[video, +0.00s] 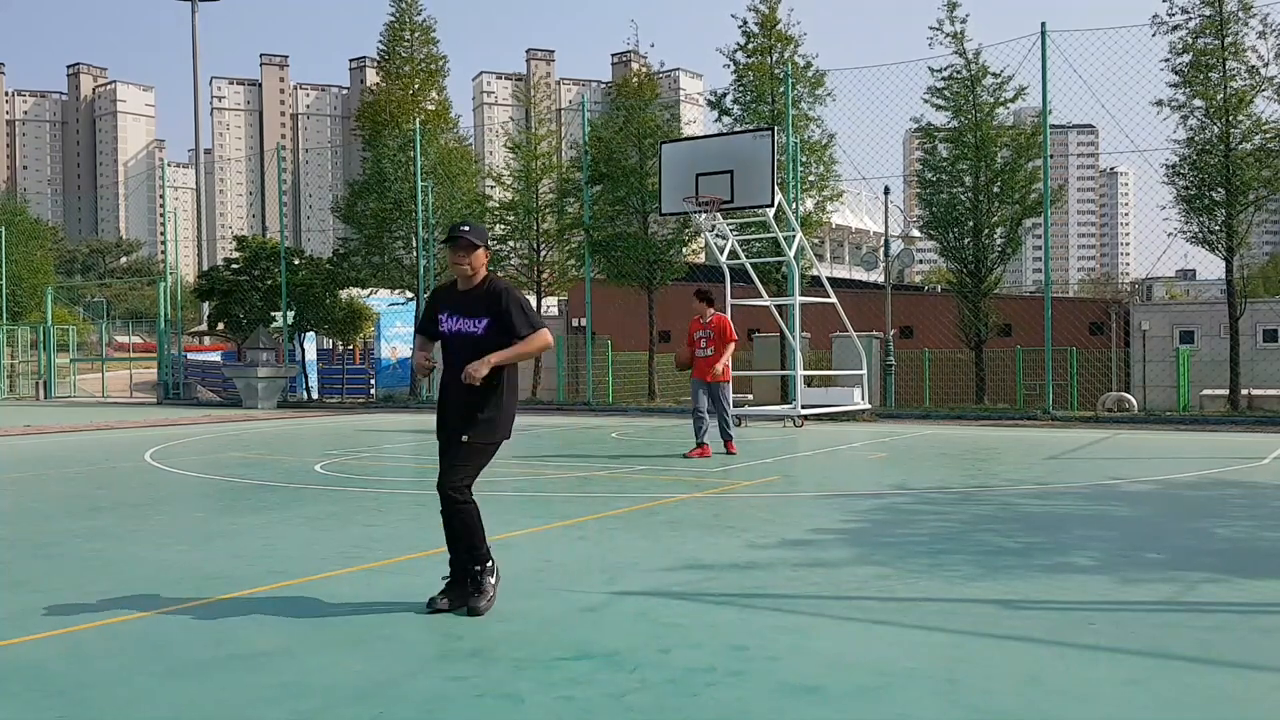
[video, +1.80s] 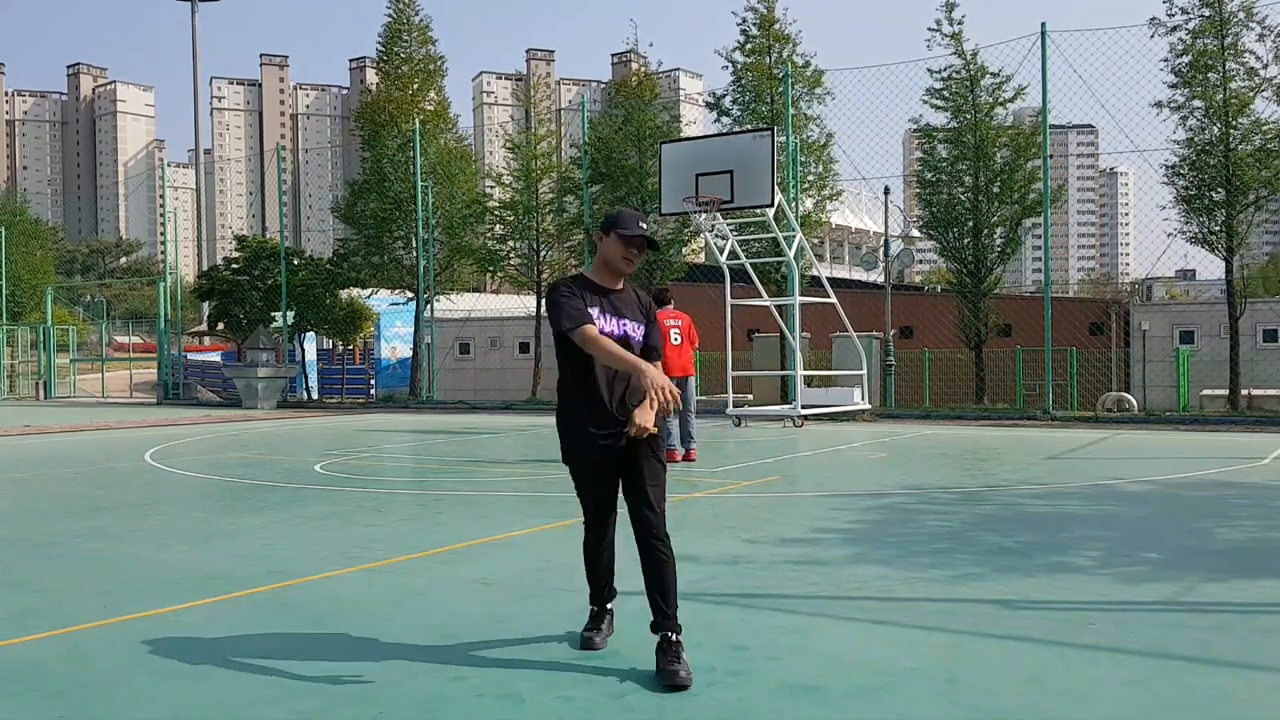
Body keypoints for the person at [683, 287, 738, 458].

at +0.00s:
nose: (693, 305)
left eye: (695, 301)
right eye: (693, 301)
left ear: (704, 303)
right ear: (701, 303)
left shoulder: (723, 320)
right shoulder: (694, 323)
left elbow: (731, 343)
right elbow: (690, 347)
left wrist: (721, 362)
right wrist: (683, 361)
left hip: (719, 371)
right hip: (699, 372)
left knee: (724, 409)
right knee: (699, 409)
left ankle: (728, 441)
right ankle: (702, 445)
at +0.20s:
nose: (683, 304)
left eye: (685, 301)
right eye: (683, 301)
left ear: (693, 302)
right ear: (693, 302)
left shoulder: (710, 318)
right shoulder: (689, 322)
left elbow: (717, 343)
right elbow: (690, 343)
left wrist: (699, 361)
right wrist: (680, 353)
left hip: (707, 371)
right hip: (691, 372)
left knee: (710, 405)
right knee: (693, 411)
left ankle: (724, 433)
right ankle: (701, 445)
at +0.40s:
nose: (675, 305)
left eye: (676, 301)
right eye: (675, 301)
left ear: (683, 302)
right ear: (688, 301)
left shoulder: (696, 316)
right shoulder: (691, 318)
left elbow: (699, 341)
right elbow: (686, 343)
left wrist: (681, 358)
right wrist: (676, 356)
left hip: (697, 370)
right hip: (693, 369)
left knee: (688, 405)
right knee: (694, 405)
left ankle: (703, 443)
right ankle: (701, 444)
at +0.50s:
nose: (672, 305)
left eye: (673, 301)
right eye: (672, 301)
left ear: (679, 301)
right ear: (687, 300)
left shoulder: (689, 316)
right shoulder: (694, 316)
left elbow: (690, 341)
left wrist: (673, 359)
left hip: (691, 372)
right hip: (698, 372)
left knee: (680, 406)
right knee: (694, 408)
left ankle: (685, 446)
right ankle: (702, 445)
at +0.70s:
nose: (664, 305)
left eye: (665, 302)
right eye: (664, 302)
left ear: (669, 302)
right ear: (681, 302)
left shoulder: (674, 317)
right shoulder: (690, 319)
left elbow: (672, 344)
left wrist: (661, 361)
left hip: (680, 373)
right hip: (694, 372)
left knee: (670, 411)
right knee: (690, 410)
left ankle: (671, 449)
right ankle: (702, 445)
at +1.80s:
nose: (672, 304)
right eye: (672, 301)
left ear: (655, 304)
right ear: (672, 302)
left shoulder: (654, 319)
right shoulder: (685, 318)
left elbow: (652, 346)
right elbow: (695, 343)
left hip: (665, 369)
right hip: (687, 368)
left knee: (667, 412)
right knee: (689, 410)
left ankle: (671, 449)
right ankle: (690, 448)